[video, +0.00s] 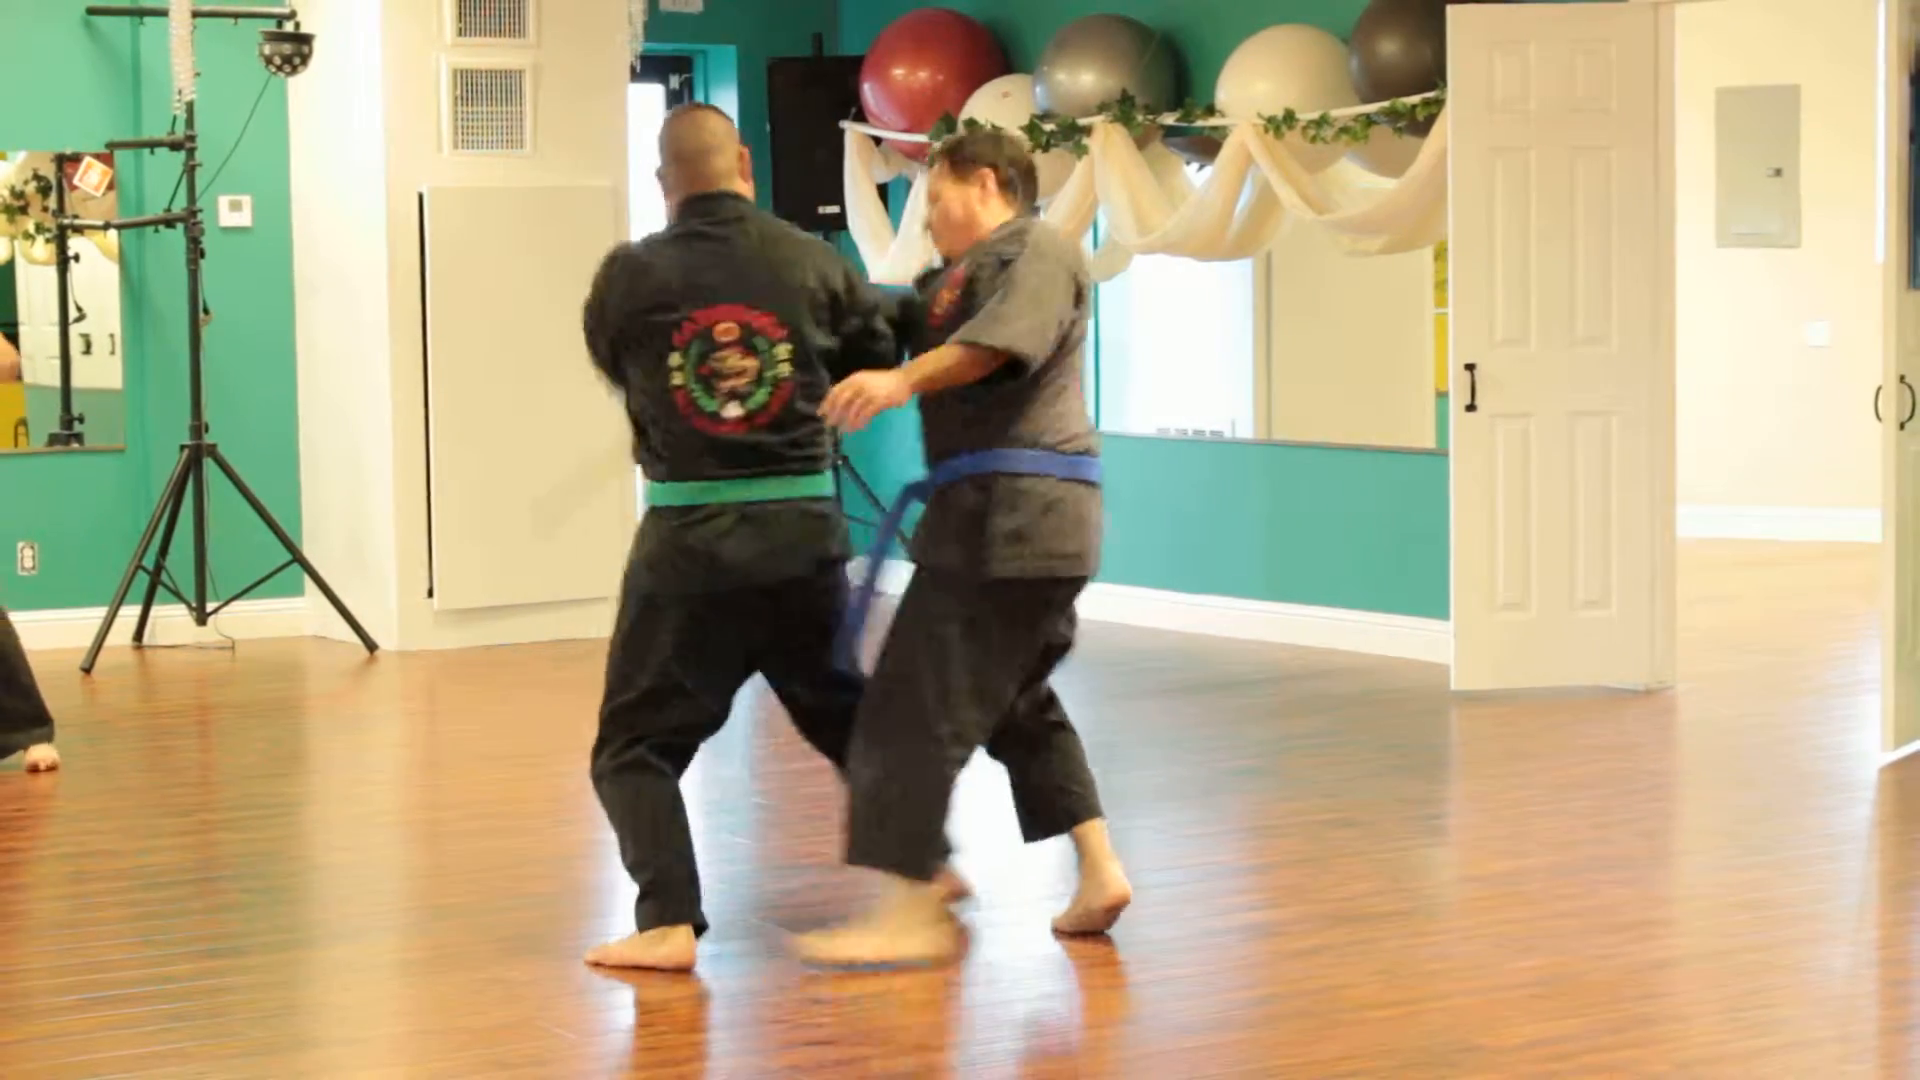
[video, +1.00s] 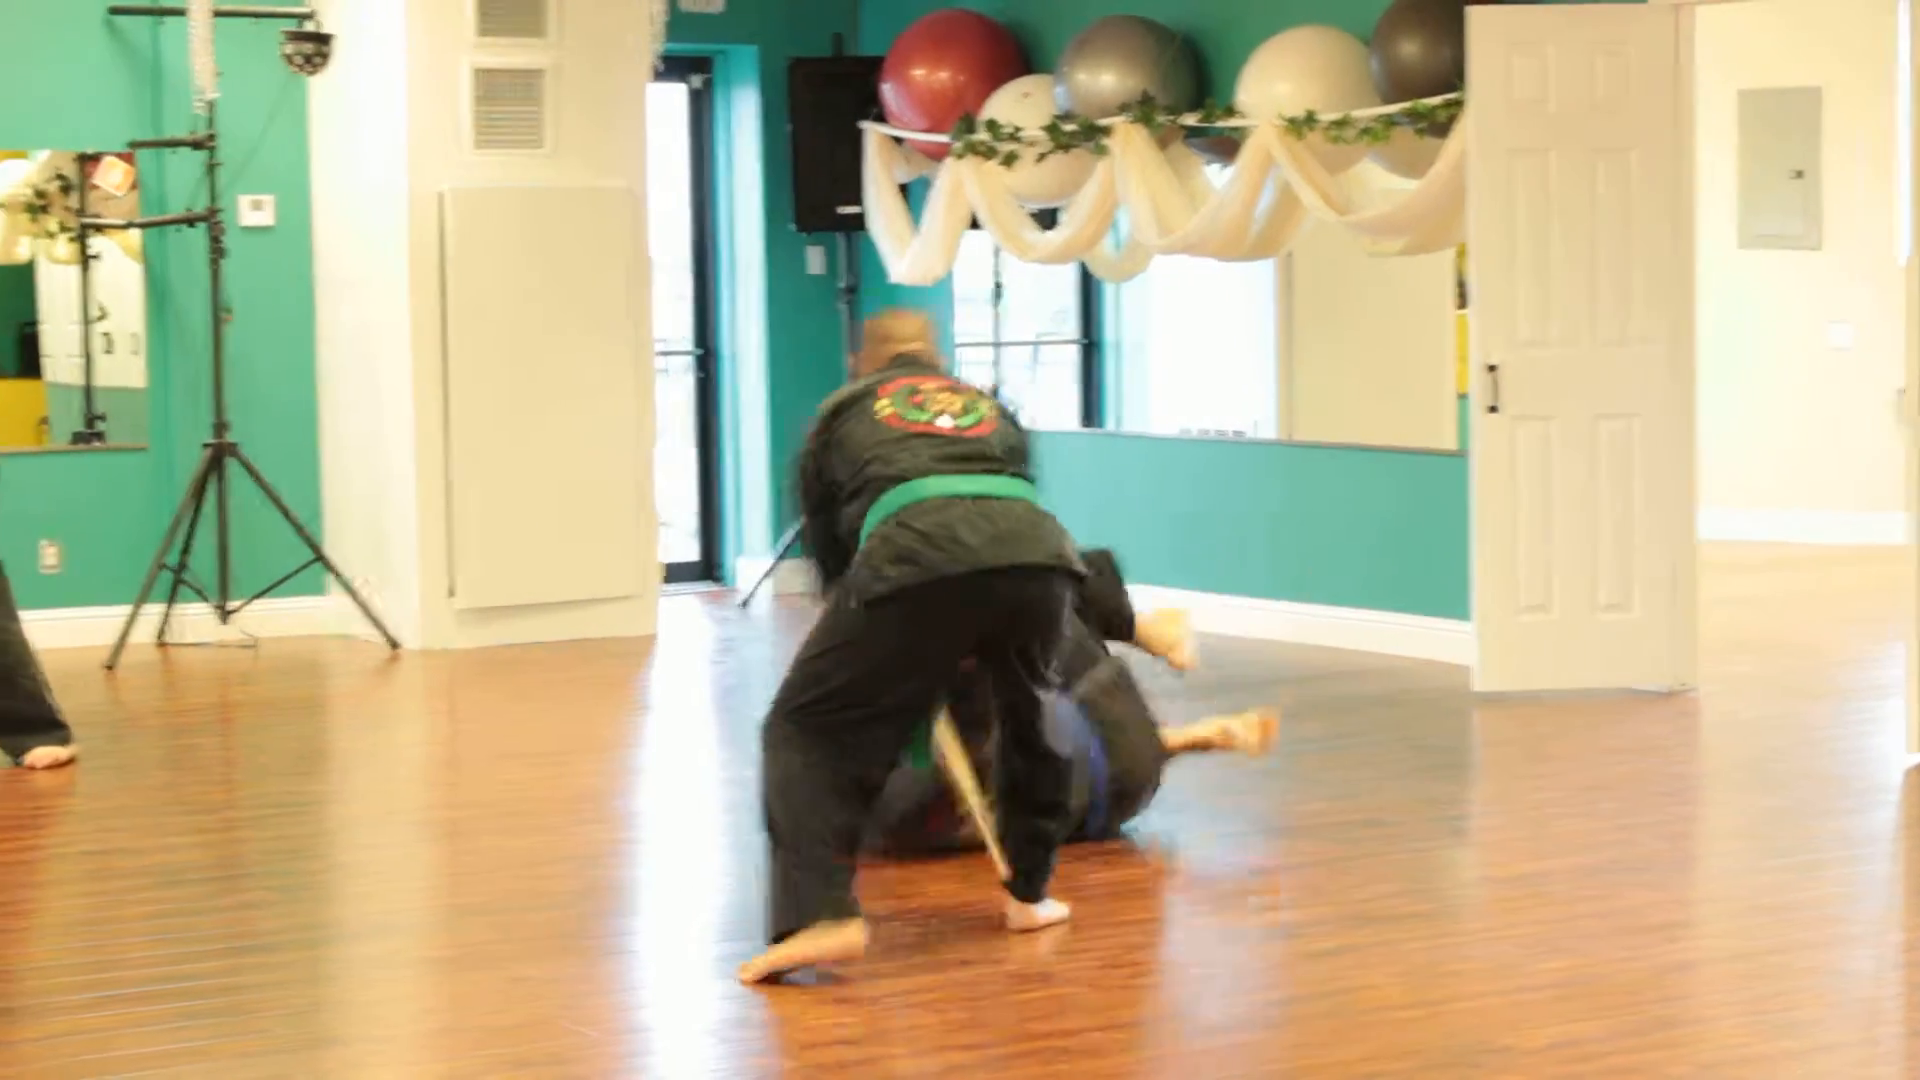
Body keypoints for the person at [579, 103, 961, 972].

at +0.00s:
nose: (746, 167)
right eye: (743, 158)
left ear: (663, 181)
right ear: (742, 168)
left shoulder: (627, 275)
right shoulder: (810, 260)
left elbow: (614, 361)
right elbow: (879, 342)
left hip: (686, 545)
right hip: (800, 539)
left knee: (634, 744)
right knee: (838, 704)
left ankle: (668, 924)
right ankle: (930, 865)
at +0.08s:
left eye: (678, 202)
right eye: (772, 183)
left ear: (685, 203)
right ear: (769, 189)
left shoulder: (656, 297)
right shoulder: (842, 282)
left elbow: (632, 434)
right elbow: (888, 416)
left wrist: (715, 404)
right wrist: (813, 404)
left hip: (718, 559)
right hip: (834, 553)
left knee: (640, 746)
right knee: (880, 725)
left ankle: (667, 926)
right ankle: (975, 884)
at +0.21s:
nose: (698, 279)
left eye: (696, 269)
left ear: (706, 267)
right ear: (785, 255)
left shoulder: (695, 338)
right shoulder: (862, 319)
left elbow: (676, 495)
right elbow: (929, 448)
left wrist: (744, 518)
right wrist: (888, 505)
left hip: (785, 566)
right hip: (899, 560)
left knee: (679, 720)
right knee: (925, 710)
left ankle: (664, 921)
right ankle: (978, 895)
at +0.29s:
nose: (702, 332)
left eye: (700, 323)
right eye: (704, 324)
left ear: (711, 318)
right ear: (786, 303)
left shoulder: (705, 380)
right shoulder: (862, 352)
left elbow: (706, 535)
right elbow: (929, 454)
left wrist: (785, 580)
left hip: (828, 553)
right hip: (939, 538)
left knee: (693, 708)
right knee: (952, 700)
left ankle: (706, 912)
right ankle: (984, 899)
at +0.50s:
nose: (713, 404)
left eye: (709, 395)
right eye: (712, 396)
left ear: (717, 390)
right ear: (789, 370)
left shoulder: (721, 446)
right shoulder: (870, 406)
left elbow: (749, 609)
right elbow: (937, 497)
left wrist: (820, 642)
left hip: (878, 587)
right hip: (987, 564)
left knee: (736, 743)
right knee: (987, 717)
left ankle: (809, 935)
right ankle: (999, 899)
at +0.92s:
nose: (801, 395)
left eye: (801, 389)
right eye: (802, 390)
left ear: (812, 388)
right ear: (883, 377)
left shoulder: (795, 440)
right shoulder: (936, 417)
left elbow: (785, 605)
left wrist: (805, 698)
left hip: (923, 581)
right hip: (1037, 569)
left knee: (777, 733)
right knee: (1018, 694)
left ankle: (808, 936)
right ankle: (1036, 890)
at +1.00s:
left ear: (863, 366)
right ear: (935, 359)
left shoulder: (836, 420)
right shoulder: (990, 408)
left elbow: (835, 561)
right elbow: (1013, 511)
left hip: (914, 566)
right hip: (1033, 558)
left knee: (806, 728)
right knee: (1027, 710)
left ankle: (824, 914)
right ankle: (1030, 890)